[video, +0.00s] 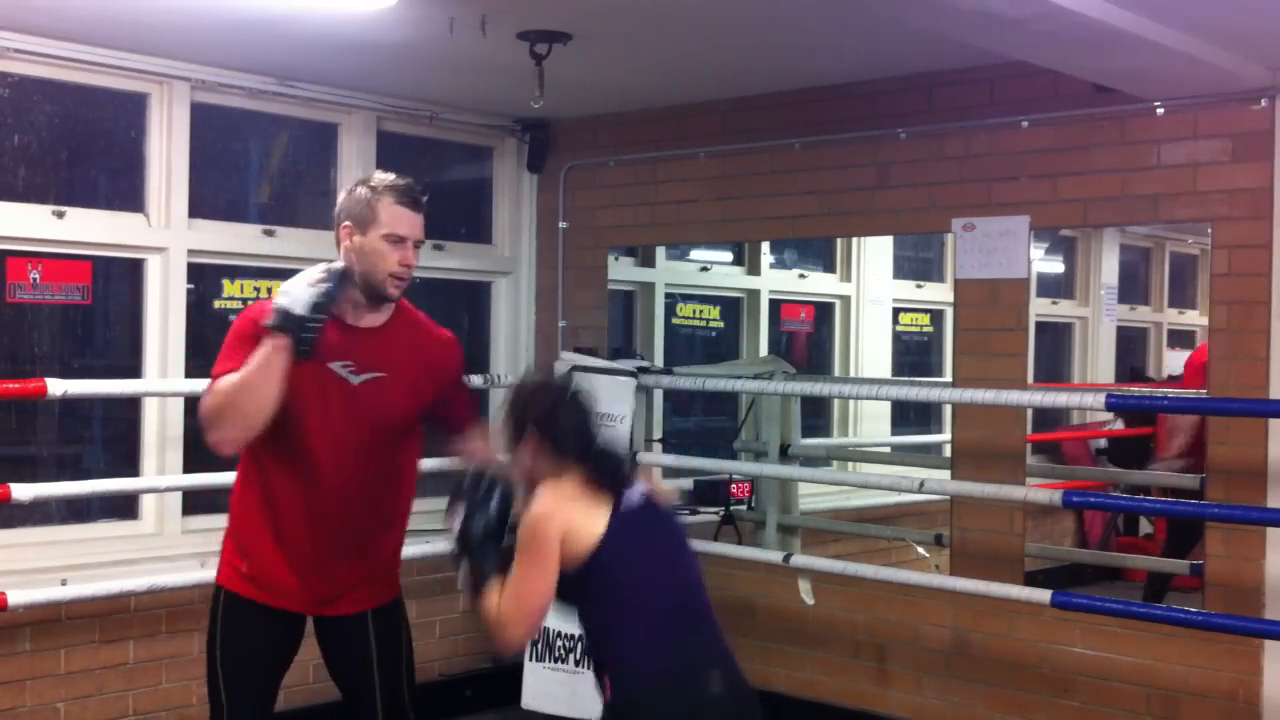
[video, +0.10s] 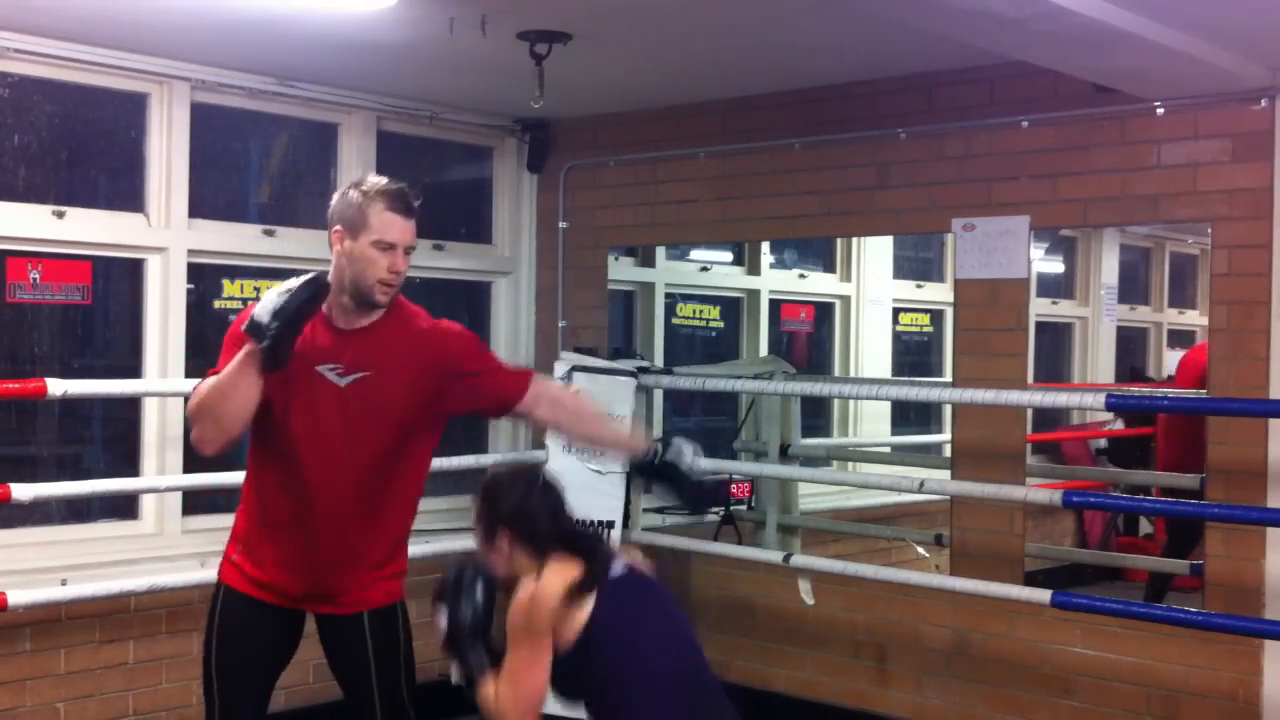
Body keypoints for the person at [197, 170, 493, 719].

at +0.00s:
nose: (409, 261)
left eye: (416, 246)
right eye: (395, 242)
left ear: (421, 249)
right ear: (348, 239)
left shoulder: (433, 349)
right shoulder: (269, 322)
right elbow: (223, 435)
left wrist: (494, 467)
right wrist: (283, 332)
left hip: (363, 583)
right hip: (260, 576)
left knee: (390, 710)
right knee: (235, 711)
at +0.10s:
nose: (399, 265)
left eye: (407, 251)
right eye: (385, 248)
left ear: (413, 254)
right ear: (338, 241)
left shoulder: (436, 346)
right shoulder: (268, 324)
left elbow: (541, 399)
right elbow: (205, 437)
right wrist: (264, 342)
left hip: (363, 583)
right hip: (260, 571)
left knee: (388, 714)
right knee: (228, 710)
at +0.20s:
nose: (392, 272)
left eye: (401, 256)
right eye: (377, 255)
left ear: (409, 255)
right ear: (333, 248)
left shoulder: (431, 336)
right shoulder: (267, 329)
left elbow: (518, 356)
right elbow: (211, 445)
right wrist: (265, 358)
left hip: (365, 576)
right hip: (262, 570)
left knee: (391, 710)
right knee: (226, 710)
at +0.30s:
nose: (378, 268)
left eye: (385, 252)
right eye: (363, 251)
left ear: (391, 249)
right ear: (318, 248)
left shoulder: (396, 319)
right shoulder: (252, 333)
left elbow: (468, 369)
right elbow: (219, 447)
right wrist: (266, 353)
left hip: (362, 565)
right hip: (262, 563)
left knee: (389, 707)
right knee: (228, 707)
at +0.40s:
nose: (353, 259)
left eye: (359, 243)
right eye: (337, 242)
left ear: (365, 242)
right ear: (291, 240)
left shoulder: (375, 320)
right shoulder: (231, 330)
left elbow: (425, 413)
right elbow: (215, 437)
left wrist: (337, 469)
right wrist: (256, 336)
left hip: (357, 568)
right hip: (255, 567)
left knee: (381, 707)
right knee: (229, 709)